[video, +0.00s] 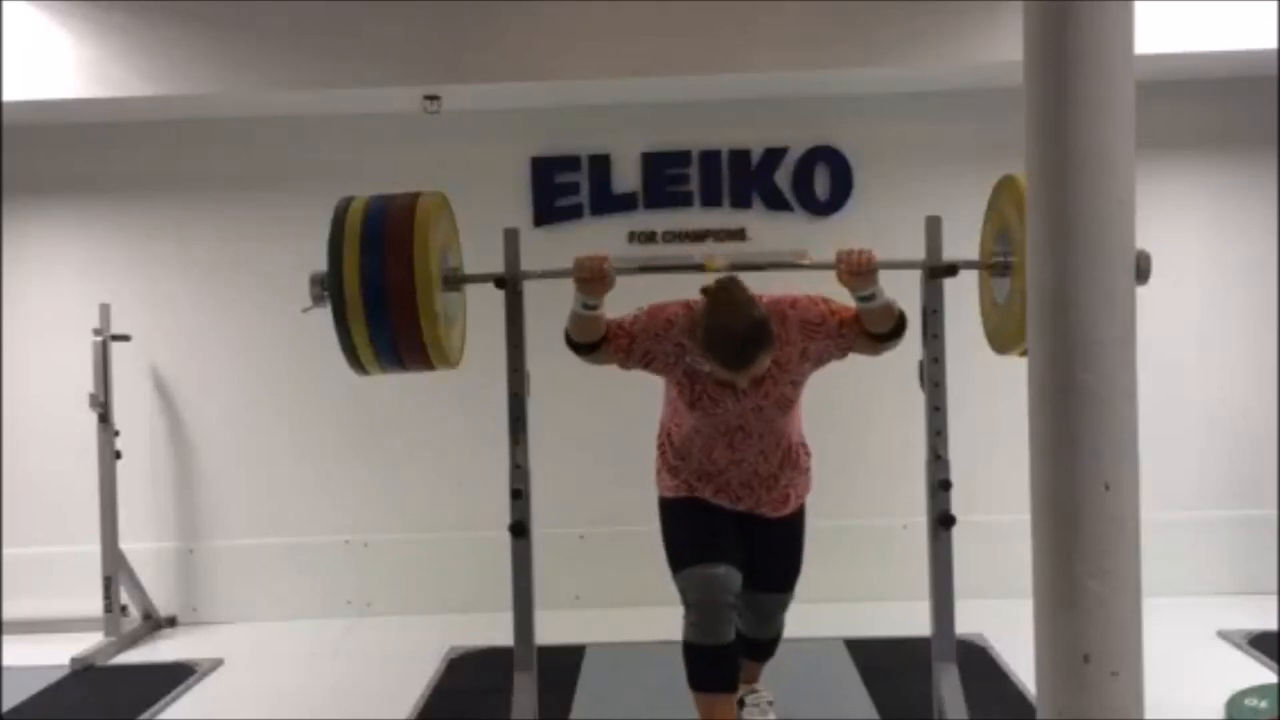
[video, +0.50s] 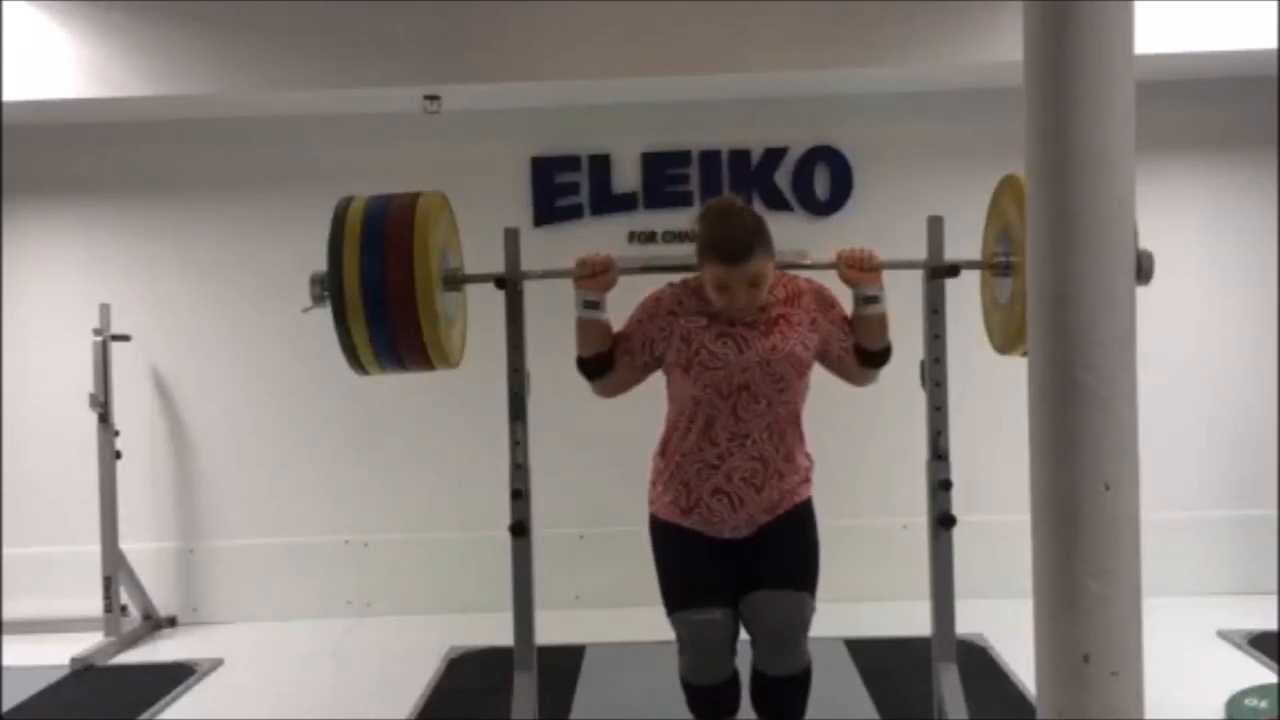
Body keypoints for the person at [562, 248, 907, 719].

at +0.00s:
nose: (744, 382)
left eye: (754, 371)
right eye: (727, 375)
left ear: (767, 338)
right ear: (702, 348)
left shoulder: (800, 322)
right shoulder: (671, 331)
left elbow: (885, 336)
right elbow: (587, 346)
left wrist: (868, 290)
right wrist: (588, 301)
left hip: (776, 490)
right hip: (696, 488)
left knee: (766, 612)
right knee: (712, 605)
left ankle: (747, 688)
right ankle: (717, 712)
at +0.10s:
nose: (744, 364)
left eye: (754, 352)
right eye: (730, 355)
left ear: (769, 319)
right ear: (707, 328)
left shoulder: (801, 315)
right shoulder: (675, 318)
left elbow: (872, 340)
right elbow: (597, 348)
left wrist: (866, 294)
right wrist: (591, 303)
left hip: (774, 494)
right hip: (692, 494)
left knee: (770, 619)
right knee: (708, 614)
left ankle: (750, 681)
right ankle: (714, 712)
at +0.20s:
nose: (740, 337)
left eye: (752, 324)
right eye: (725, 327)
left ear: (769, 299)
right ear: (705, 307)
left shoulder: (802, 307)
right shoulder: (673, 314)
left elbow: (861, 349)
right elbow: (606, 362)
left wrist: (865, 294)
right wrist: (591, 301)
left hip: (776, 499)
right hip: (692, 500)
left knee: (779, 624)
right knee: (706, 624)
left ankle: (753, 677)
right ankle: (713, 712)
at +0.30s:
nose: (738, 322)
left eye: (752, 308)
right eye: (722, 309)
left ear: (771, 282)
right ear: (702, 289)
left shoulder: (803, 305)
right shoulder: (674, 312)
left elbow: (863, 360)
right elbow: (608, 375)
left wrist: (866, 294)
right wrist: (591, 304)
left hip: (777, 509)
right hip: (689, 512)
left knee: (784, 637)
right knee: (707, 639)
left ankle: (759, 708)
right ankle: (714, 715)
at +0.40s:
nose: (739, 311)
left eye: (753, 295)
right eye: (722, 298)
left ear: (771, 272)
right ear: (701, 277)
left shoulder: (804, 305)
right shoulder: (673, 311)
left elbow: (863, 367)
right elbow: (608, 379)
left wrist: (868, 296)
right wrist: (591, 302)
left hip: (779, 511)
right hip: (689, 515)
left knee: (784, 645)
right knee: (706, 650)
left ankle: (774, 715)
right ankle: (714, 715)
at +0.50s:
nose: (738, 299)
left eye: (752, 283)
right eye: (722, 287)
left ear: (770, 264)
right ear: (700, 269)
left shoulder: (803, 303)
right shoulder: (672, 310)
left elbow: (863, 370)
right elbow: (607, 380)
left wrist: (869, 295)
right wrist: (590, 302)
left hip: (779, 513)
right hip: (688, 518)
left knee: (784, 653)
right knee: (705, 659)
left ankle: (782, 718)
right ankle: (714, 716)